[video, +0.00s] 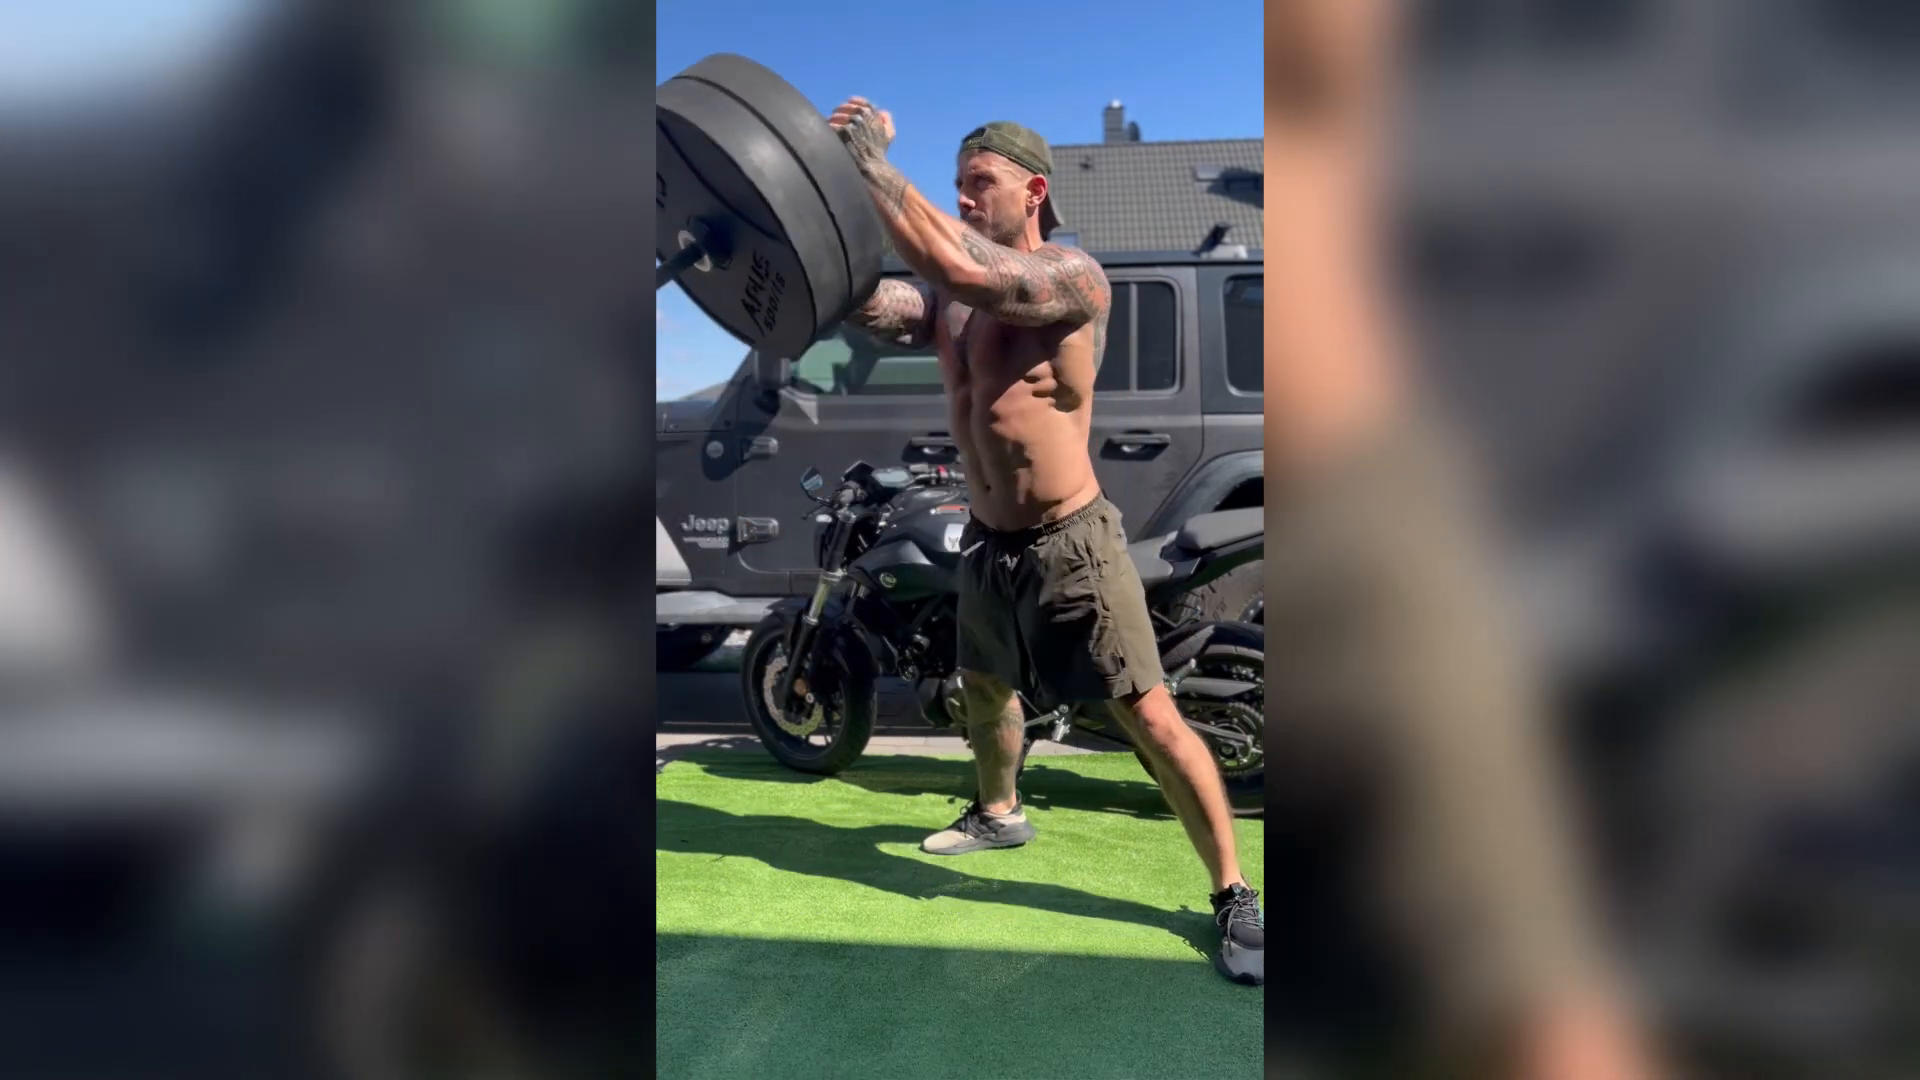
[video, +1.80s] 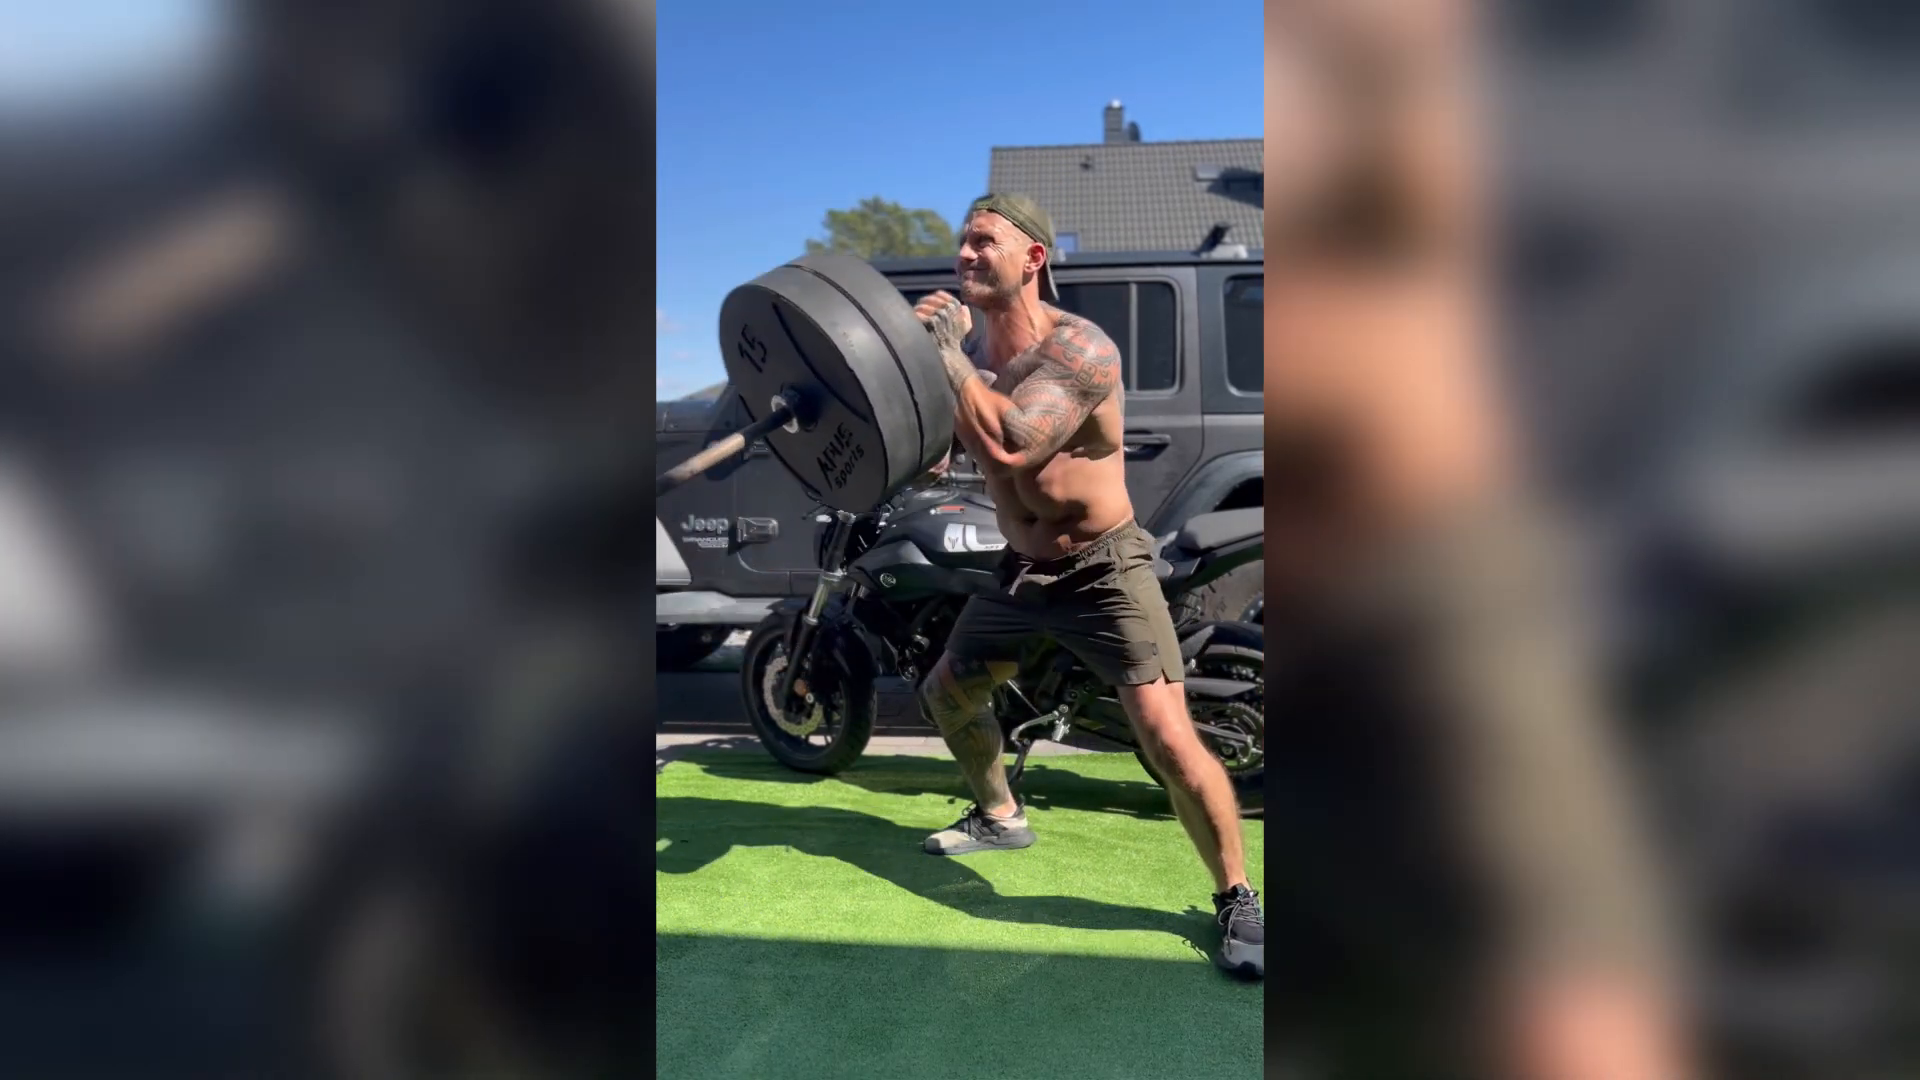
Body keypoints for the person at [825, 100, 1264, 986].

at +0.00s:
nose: (963, 197)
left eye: (981, 181)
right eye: (957, 184)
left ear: (1036, 191)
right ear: (960, 195)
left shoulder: (1076, 275)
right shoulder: (947, 292)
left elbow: (971, 273)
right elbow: (859, 303)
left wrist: (874, 169)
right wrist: (788, 223)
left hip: (1074, 536)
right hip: (987, 544)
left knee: (1149, 717)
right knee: (986, 691)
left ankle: (1233, 892)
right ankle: (998, 814)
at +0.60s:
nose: (990, 216)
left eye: (1009, 204)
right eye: (987, 205)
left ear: (1058, 223)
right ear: (986, 227)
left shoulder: (1099, 308)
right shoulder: (971, 321)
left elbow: (1008, 352)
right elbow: (916, 381)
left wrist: (928, 262)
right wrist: (840, 328)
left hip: (1101, 557)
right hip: (1013, 558)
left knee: (1158, 731)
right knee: (968, 694)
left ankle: (1235, 897)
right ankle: (1002, 819)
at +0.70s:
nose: (993, 269)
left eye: (1012, 258)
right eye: (991, 258)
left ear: (1060, 277)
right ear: (989, 279)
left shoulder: (1103, 362)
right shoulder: (991, 365)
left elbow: (1022, 445)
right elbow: (940, 458)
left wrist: (957, 348)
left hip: (1121, 583)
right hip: (1035, 586)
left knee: (1165, 745)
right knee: (950, 699)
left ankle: (1236, 899)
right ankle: (1001, 817)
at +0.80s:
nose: (997, 330)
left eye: (1016, 321)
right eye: (997, 320)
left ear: (1062, 340)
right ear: (993, 335)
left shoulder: (1109, 425)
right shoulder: (998, 419)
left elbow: (1041, 530)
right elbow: (958, 517)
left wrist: (985, 440)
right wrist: (933, 437)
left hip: (1136, 615)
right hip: (1050, 617)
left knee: (1172, 747)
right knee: (944, 700)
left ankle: (1238, 900)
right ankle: (995, 815)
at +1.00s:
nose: (1002, 433)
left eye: (1020, 423)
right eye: (1000, 421)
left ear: (1066, 441)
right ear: (994, 432)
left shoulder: (1120, 522)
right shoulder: (999, 513)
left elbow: (1070, 648)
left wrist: (1014, 553)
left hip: (1153, 669)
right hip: (1061, 669)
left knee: (1176, 748)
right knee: (948, 703)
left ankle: (1236, 899)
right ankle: (1000, 820)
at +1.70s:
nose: (966, 314)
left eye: (986, 304)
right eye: (965, 303)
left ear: (1035, 322)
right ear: (965, 322)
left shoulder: (1089, 404)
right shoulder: (973, 400)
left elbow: (1034, 525)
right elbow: (939, 480)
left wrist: (977, 435)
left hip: (1129, 588)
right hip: (1044, 590)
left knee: (1168, 735)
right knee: (947, 692)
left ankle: (1237, 898)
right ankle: (1000, 817)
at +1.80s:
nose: (966, 254)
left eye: (984, 242)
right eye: (964, 243)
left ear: (1034, 258)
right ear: (963, 261)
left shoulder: (1085, 347)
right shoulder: (973, 344)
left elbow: (1011, 444)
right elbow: (939, 443)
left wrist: (948, 354)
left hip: (1106, 561)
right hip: (1023, 567)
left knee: (1165, 733)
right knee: (950, 693)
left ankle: (1238, 897)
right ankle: (1001, 817)